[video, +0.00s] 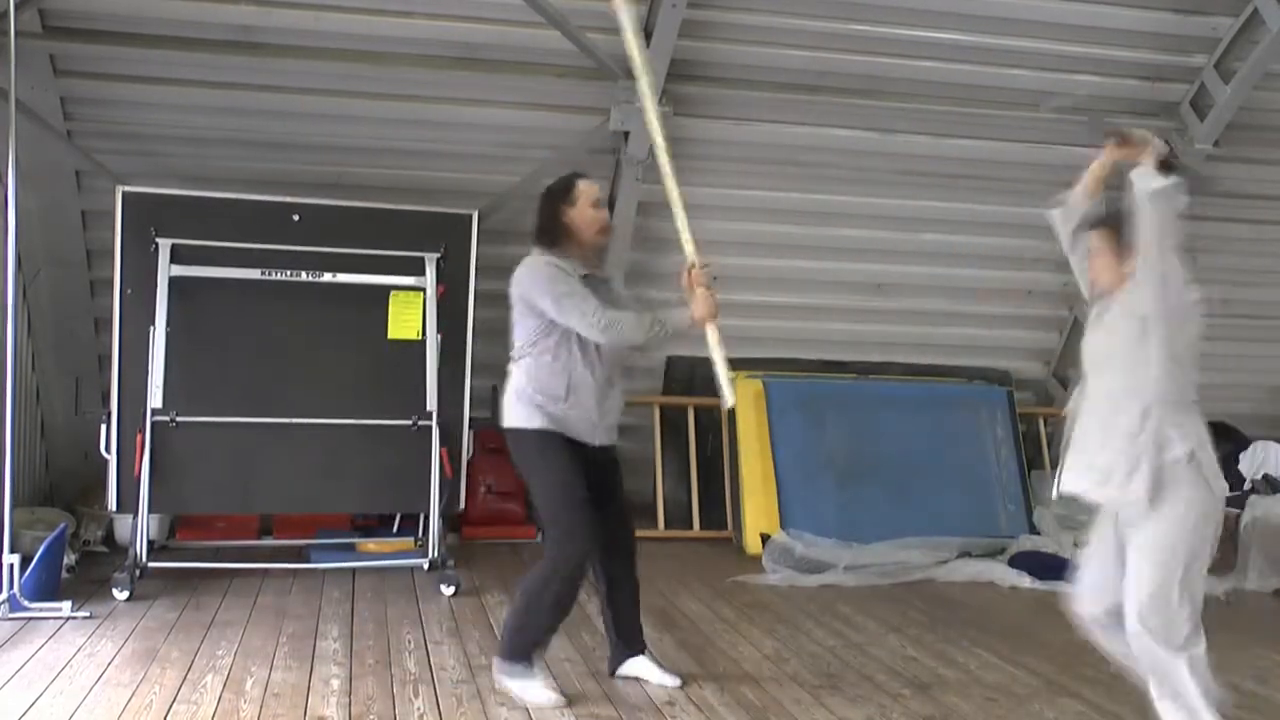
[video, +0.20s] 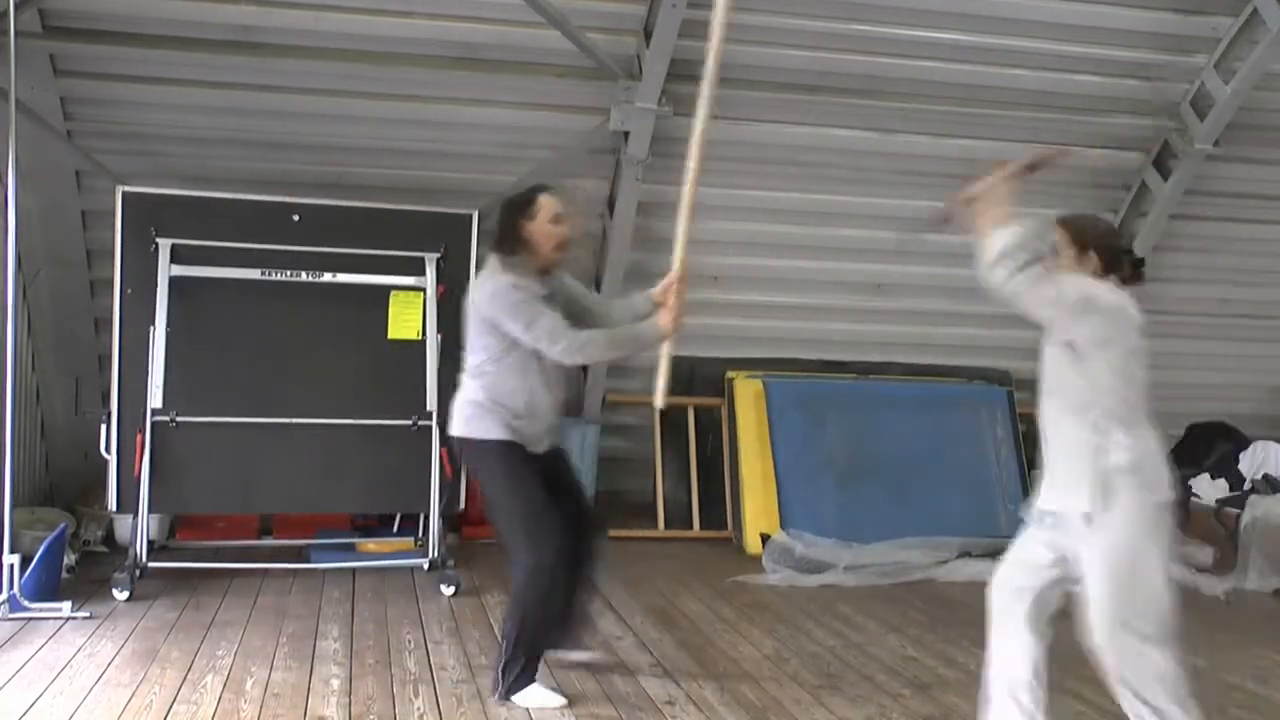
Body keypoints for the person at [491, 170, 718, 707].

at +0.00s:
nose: (606, 215)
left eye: (606, 206)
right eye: (595, 205)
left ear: (595, 218)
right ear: (563, 215)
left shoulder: (599, 283)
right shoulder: (536, 272)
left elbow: (630, 338)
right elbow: (605, 328)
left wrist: (686, 302)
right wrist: (684, 317)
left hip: (590, 429)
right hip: (538, 422)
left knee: (616, 541)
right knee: (572, 541)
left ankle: (628, 657)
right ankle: (514, 661)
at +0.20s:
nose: (565, 230)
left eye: (566, 221)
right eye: (554, 220)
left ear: (555, 230)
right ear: (521, 228)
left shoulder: (547, 281)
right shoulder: (496, 288)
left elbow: (602, 313)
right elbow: (568, 347)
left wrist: (653, 298)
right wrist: (655, 330)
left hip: (532, 435)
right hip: (488, 434)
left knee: (577, 529)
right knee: (542, 546)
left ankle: (559, 636)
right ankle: (515, 682)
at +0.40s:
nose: (493, 242)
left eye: (496, 232)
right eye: (484, 232)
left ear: (481, 233)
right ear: (453, 231)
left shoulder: (462, 274)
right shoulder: (446, 283)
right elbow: (531, 278)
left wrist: (571, 196)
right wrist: (582, 214)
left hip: (474, 430)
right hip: (449, 432)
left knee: (464, 546)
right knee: (488, 545)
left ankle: (396, 624)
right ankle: (506, 678)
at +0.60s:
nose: (466, 227)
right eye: (456, 216)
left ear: (424, 217)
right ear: (436, 218)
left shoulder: (433, 260)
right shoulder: (422, 257)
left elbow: (458, 206)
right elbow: (463, 203)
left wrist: (423, 157)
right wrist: (419, 156)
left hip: (431, 418)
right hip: (408, 420)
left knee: (436, 530)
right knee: (456, 532)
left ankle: (405, 624)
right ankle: (393, 637)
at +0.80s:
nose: (444, 237)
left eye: (448, 230)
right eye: (439, 227)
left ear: (431, 231)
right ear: (415, 216)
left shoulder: (410, 271)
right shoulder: (375, 242)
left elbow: (437, 316)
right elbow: (436, 188)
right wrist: (429, 136)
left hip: (381, 408)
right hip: (356, 406)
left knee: (395, 523)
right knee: (389, 527)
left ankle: (355, 619)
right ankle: (387, 660)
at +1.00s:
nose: (397, 259)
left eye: (403, 250)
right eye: (392, 247)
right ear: (366, 239)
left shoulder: (338, 274)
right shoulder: (333, 278)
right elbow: (406, 316)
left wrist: (451, 281)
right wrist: (460, 282)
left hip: (301, 423)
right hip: (276, 424)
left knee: (339, 510)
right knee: (320, 525)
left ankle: (309, 613)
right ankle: (291, 662)